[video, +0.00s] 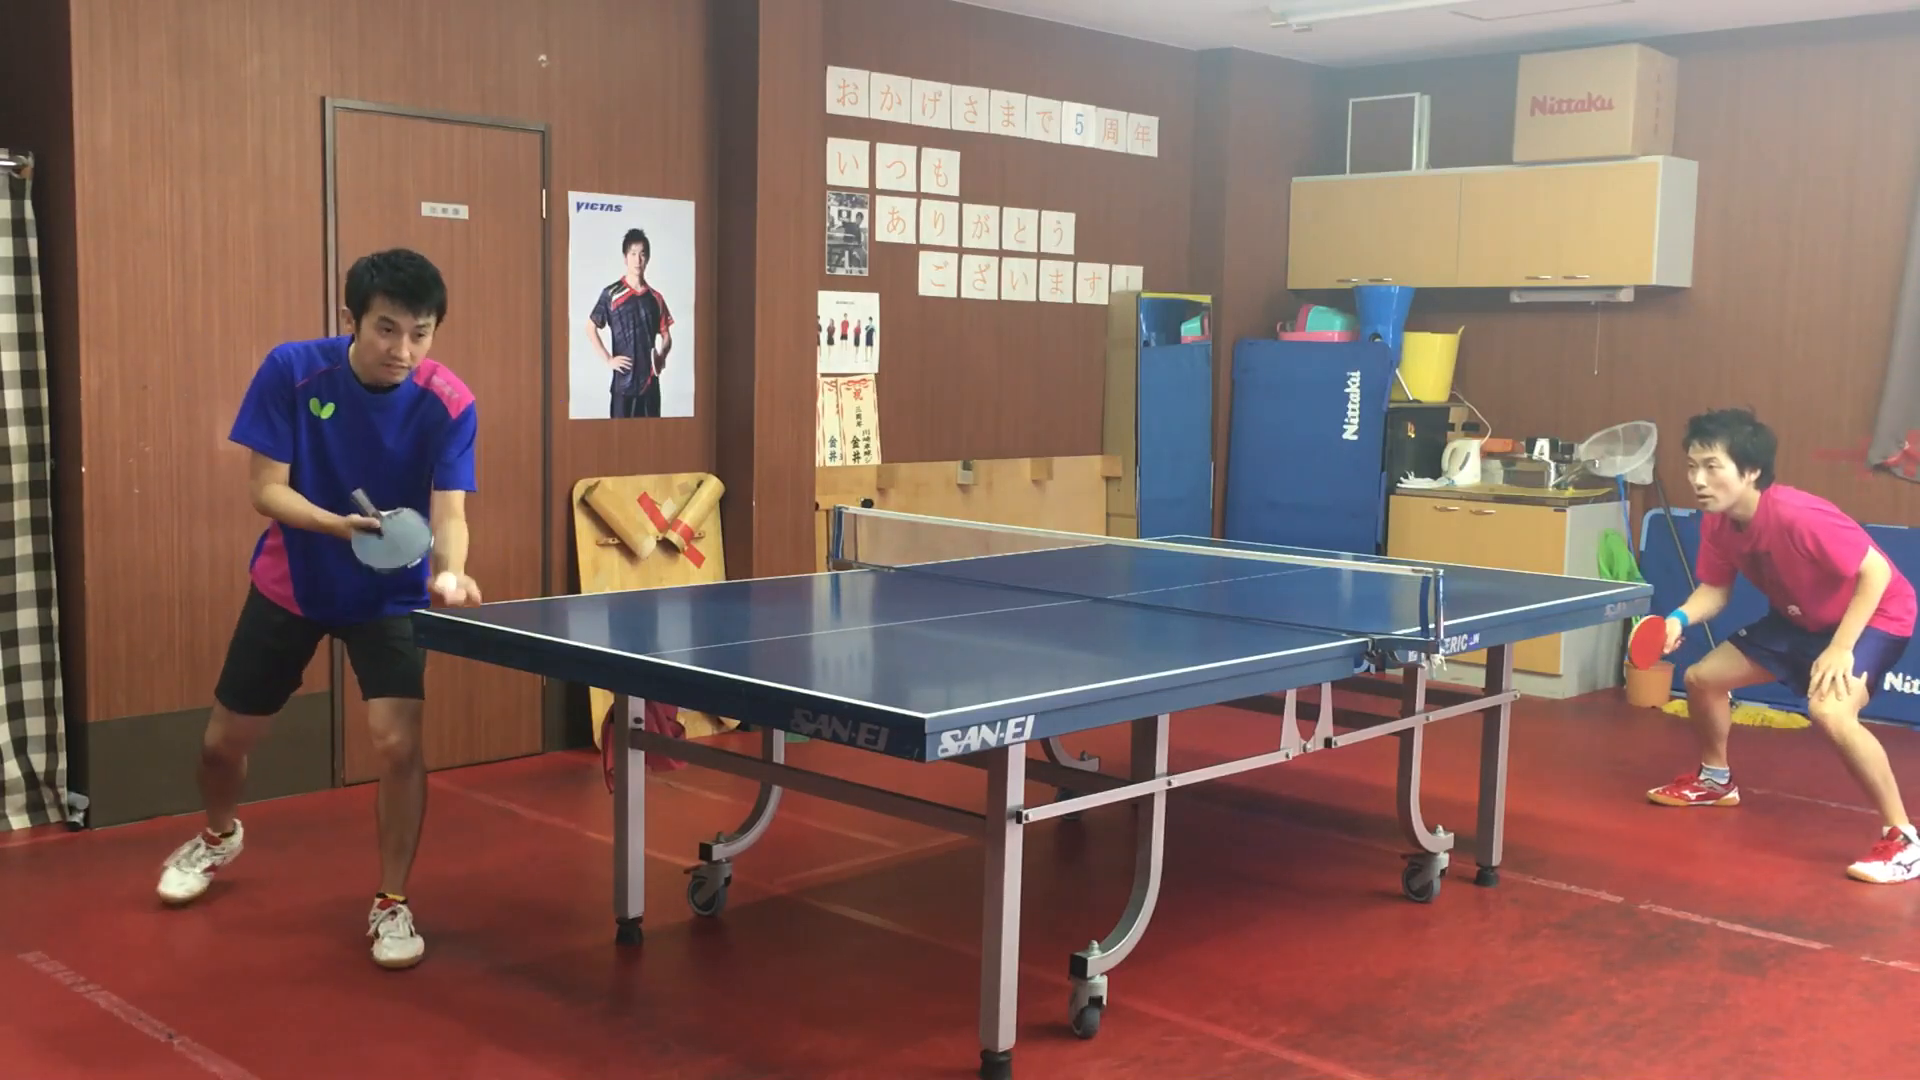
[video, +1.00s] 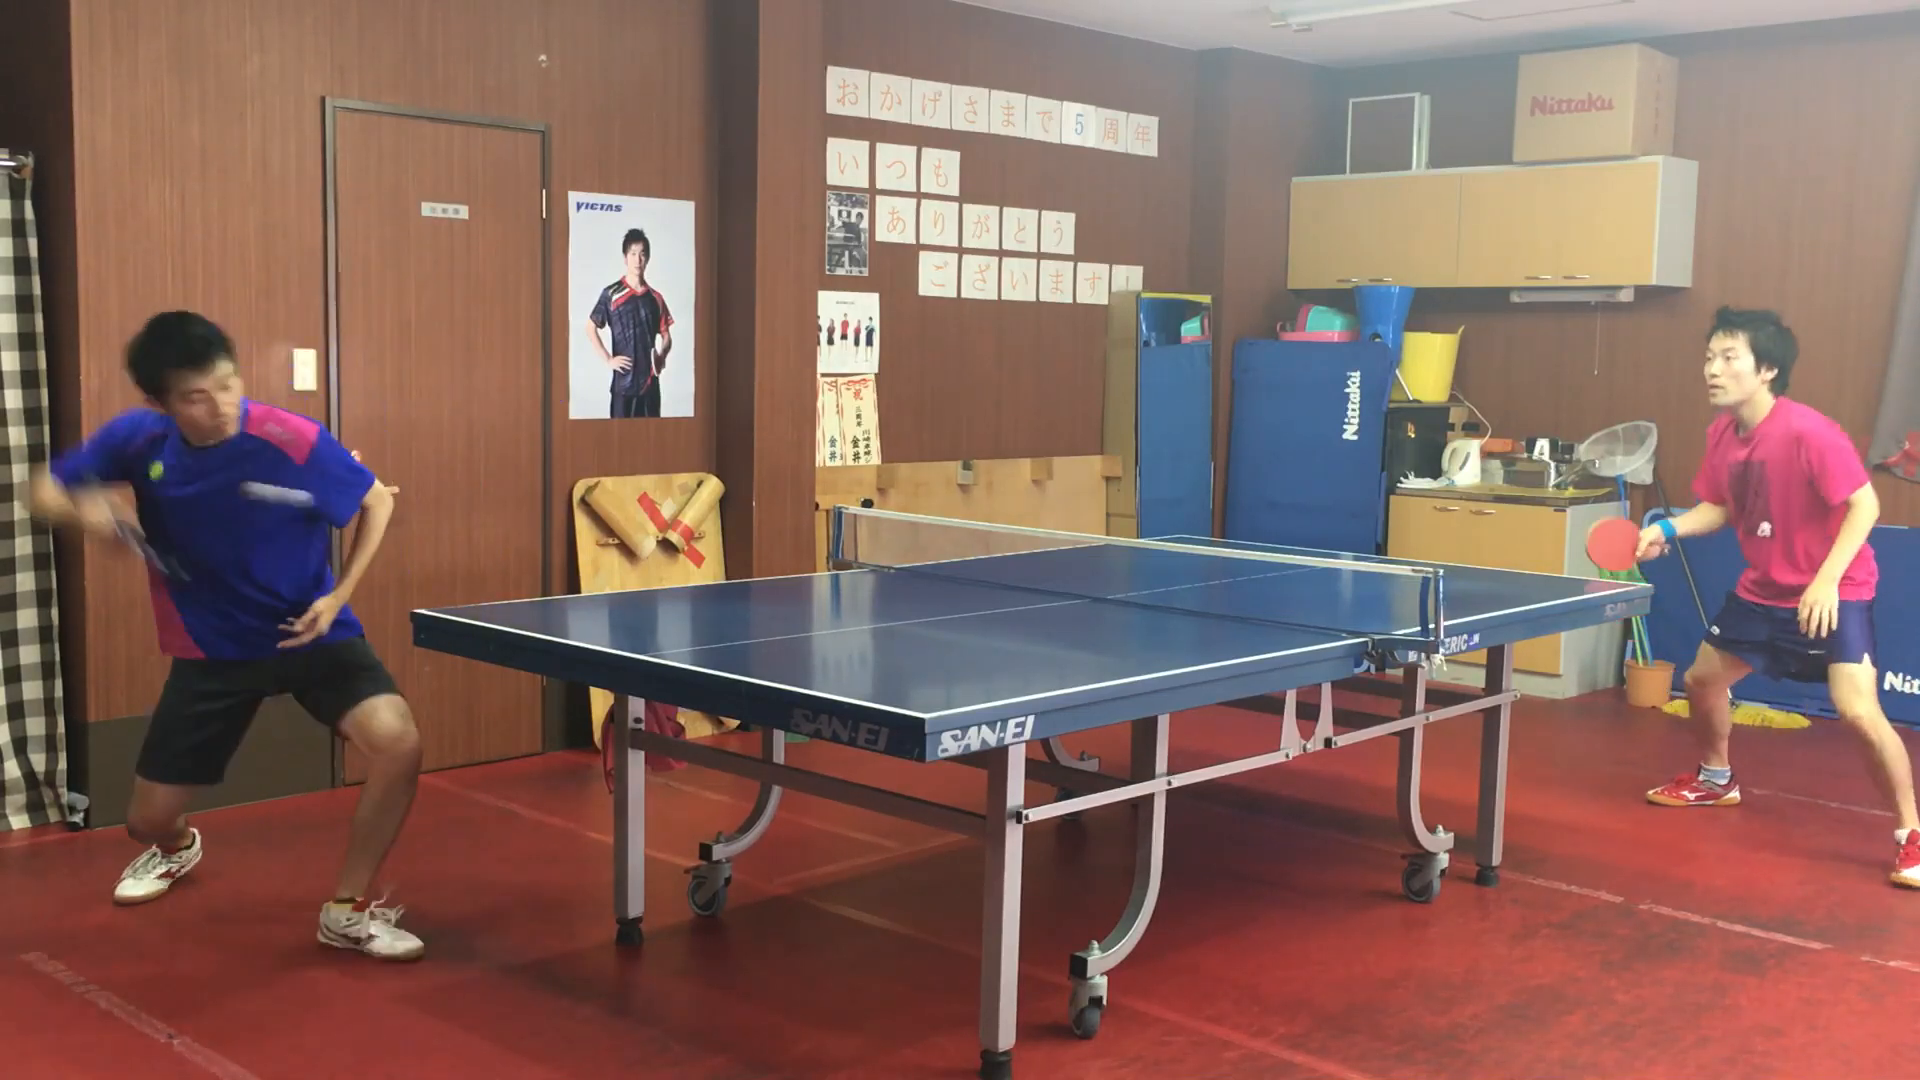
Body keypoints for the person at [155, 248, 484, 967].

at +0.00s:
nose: (401, 351)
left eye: (418, 334)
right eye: (386, 331)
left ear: (433, 330)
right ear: (354, 320)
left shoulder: (448, 402)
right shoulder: (293, 371)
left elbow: (451, 517)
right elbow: (267, 492)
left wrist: (452, 570)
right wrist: (336, 523)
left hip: (387, 595)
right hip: (291, 583)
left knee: (400, 748)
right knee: (221, 745)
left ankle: (392, 901)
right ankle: (219, 836)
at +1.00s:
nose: (218, 407)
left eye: (225, 388)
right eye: (196, 397)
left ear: (238, 374)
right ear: (162, 401)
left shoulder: (290, 439)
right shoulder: (135, 440)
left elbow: (378, 498)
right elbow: (40, 490)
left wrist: (340, 594)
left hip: (313, 638)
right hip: (209, 654)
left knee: (398, 742)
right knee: (150, 817)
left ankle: (348, 907)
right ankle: (178, 849)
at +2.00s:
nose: (340, 347)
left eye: (340, 329)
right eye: (329, 328)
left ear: (272, 335)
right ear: (267, 335)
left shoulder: (271, 409)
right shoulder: (176, 428)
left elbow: (288, 500)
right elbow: (106, 571)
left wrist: (359, 568)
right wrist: (193, 664)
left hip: (151, 642)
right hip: (112, 650)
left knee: (158, 793)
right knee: (246, 803)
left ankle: (15, 927)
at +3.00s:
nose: (380, 360)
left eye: (378, 343)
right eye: (368, 344)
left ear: (317, 357)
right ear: (311, 358)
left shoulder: (350, 427)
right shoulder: (213, 452)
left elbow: (415, 513)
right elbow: (142, 589)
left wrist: (470, 571)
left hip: (253, 657)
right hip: (179, 657)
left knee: (272, 818)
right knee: (261, 843)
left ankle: (204, 921)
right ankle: (157, 1057)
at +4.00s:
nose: (637, 286)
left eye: (636, 268)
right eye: (629, 268)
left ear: (544, 275)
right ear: (584, 278)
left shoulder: (487, 358)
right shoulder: (597, 378)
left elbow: (438, 470)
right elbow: (591, 511)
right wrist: (717, 604)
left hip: (438, 636)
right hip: (513, 650)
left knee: (461, 804)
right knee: (654, 867)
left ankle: (396, 985)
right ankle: (569, 1070)